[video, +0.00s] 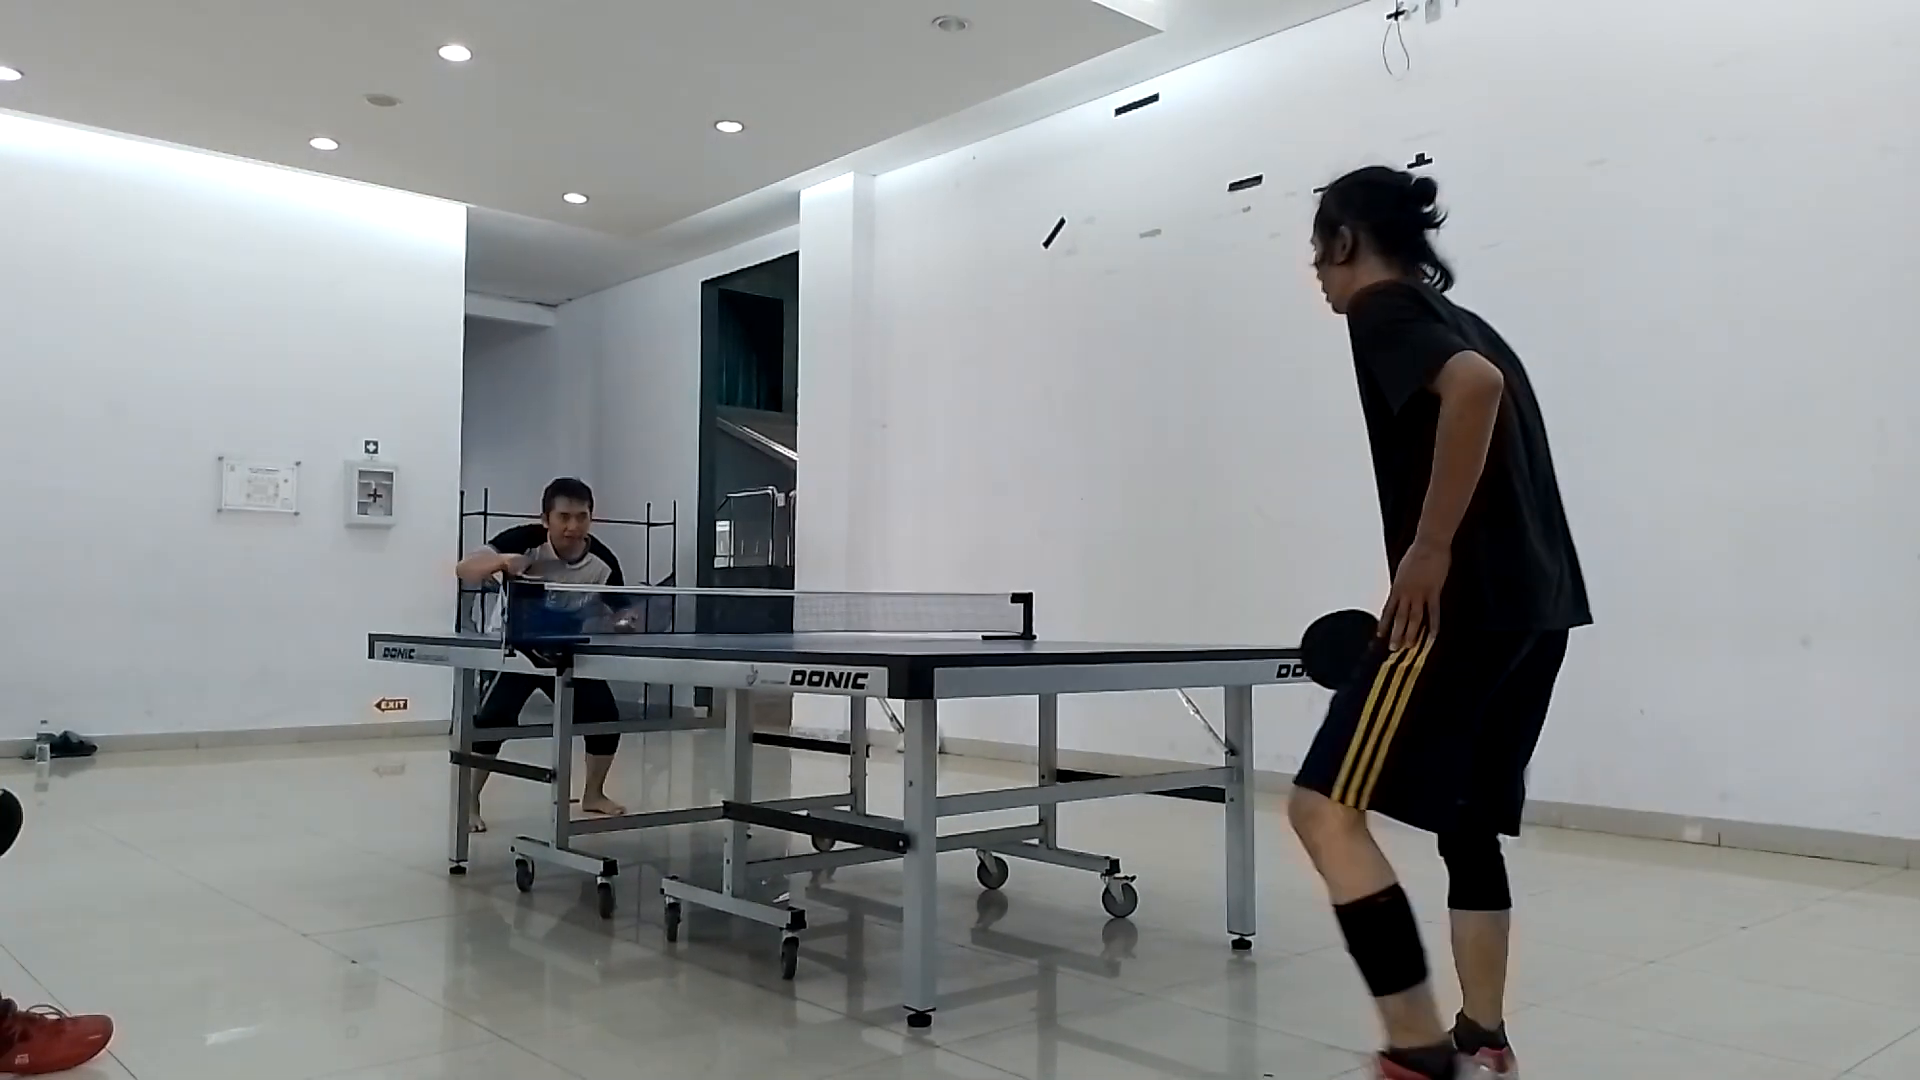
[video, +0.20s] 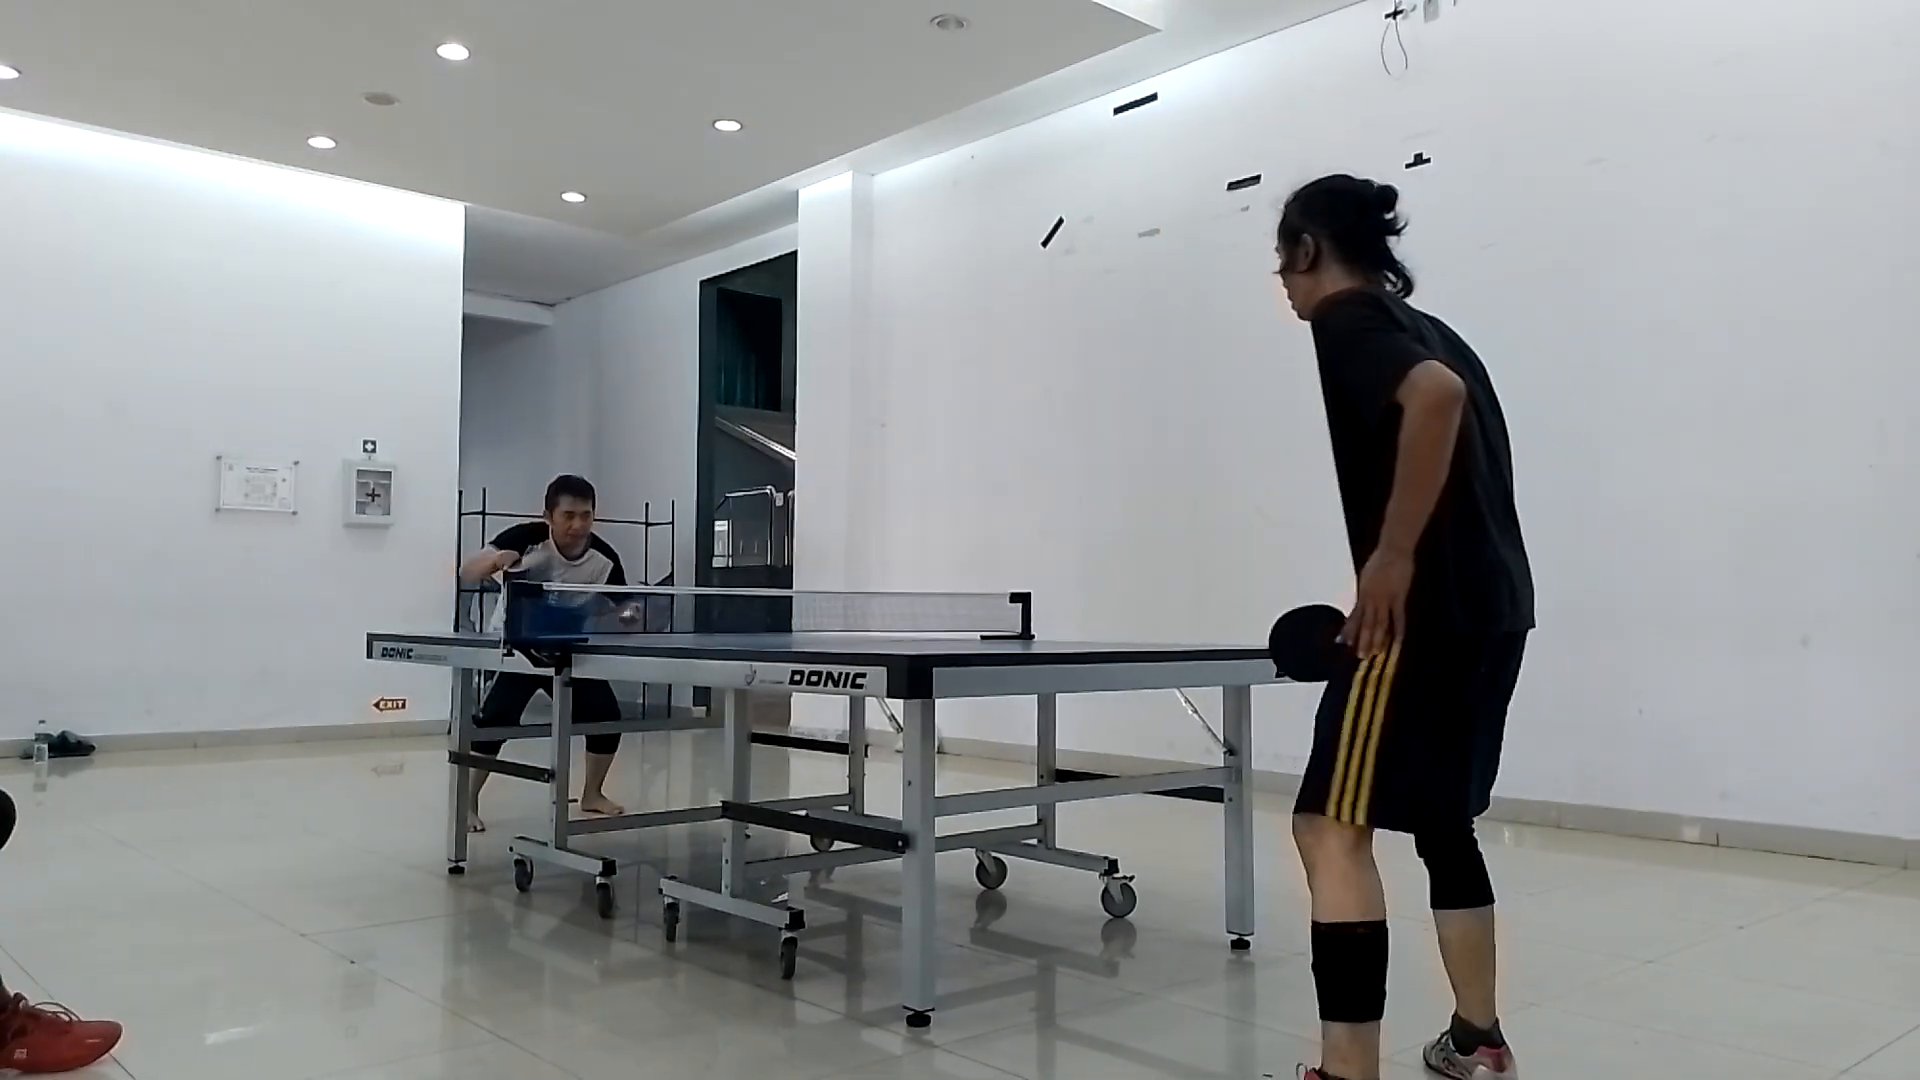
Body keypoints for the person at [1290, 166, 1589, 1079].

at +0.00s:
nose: (1320, 279)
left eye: (1321, 258)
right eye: (1317, 260)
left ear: (1350, 246)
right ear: (1410, 246)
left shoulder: (1387, 314)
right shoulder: (1473, 325)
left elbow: (1474, 382)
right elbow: (1511, 488)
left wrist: (1429, 545)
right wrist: (1398, 605)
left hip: (1461, 607)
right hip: (1536, 609)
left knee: (1322, 807)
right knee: (1472, 820)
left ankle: (1418, 1052)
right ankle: (1482, 1039)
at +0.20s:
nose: (1285, 288)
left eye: (1286, 268)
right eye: (1282, 270)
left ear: (1314, 255)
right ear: (1373, 253)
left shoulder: (1350, 322)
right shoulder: (1440, 333)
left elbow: (1436, 390)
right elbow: (1478, 495)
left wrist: (1390, 558)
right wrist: (1374, 607)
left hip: (1421, 611)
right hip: (1492, 612)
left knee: (1328, 826)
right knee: (1442, 819)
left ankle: (1348, 1067)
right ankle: (1479, 1036)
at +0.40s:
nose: (1261, 274)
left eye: (1262, 255)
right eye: (1258, 257)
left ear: (1287, 242)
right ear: (1352, 243)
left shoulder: (1311, 308)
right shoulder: (1421, 323)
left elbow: (1386, 384)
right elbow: (1465, 473)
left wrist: (1351, 546)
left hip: (1387, 603)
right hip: (1474, 603)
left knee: (1323, 819)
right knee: (1450, 818)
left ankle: (1347, 1067)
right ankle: (1479, 1036)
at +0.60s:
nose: (1261, 278)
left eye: (1259, 261)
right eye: (1258, 262)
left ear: (1281, 246)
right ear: (1349, 247)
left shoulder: (1306, 311)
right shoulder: (1413, 325)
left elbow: (1377, 385)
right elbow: (1452, 478)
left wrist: (1347, 550)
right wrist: (1351, 582)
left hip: (1387, 603)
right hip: (1473, 603)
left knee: (1325, 819)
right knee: (1451, 823)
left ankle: (1346, 1065)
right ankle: (1478, 1037)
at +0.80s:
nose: (1254, 288)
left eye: (1253, 270)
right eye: (1252, 272)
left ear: (1276, 258)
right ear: (1341, 257)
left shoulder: (1310, 319)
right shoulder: (1402, 331)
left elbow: (1393, 383)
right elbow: (1441, 489)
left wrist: (1367, 553)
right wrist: (1346, 577)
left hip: (1405, 606)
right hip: (1481, 606)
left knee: (1299, 803)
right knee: (1447, 820)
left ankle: (1339, 1057)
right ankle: (1479, 1035)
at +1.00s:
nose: (1234, 305)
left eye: (1231, 287)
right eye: (1229, 291)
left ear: (1252, 269)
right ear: (1323, 265)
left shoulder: (1283, 323)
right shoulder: (1387, 336)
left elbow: (1357, 393)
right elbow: (1415, 492)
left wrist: (1339, 559)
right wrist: (1312, 573)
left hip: (1383, 612)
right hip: (1467, 609)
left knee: (1294, 826)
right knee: (1434, 819)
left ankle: (1345, 1067)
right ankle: (1475, 1032)